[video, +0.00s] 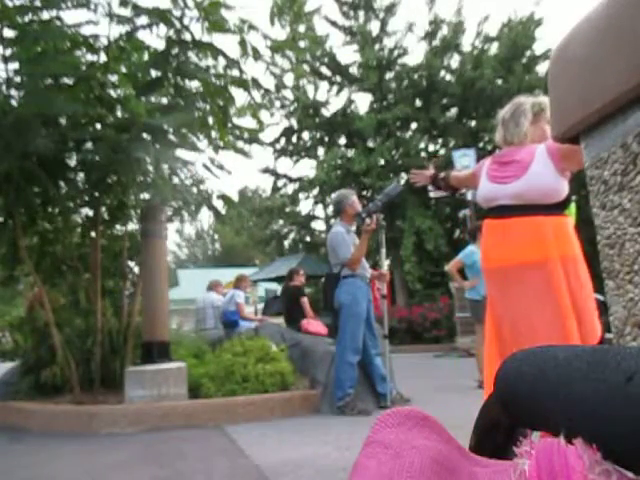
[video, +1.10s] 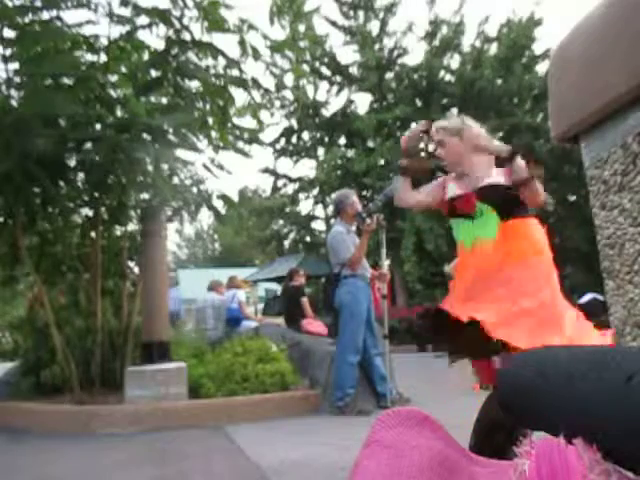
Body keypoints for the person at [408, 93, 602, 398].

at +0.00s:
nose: (550, 129)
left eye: (549, 122)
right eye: (546, 122)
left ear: (509, 128)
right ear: (530, 124)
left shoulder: (487, 165)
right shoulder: (552, 152)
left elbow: (460, 179)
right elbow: (595, 151)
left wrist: (435, 177)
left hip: (498, 243)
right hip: (545, 241)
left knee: (508, 326)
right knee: (555, 321)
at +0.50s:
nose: (553, 144)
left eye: (551, 138)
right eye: (547, 138)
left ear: (511, 142)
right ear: (527, 140)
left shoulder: (483, 179)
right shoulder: (547, 166)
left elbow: (457, 220)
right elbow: (596, 171)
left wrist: (429, 222)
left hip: (485, 245)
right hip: (531, 240)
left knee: (495, 334)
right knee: (542, 324)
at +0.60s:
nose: (541, 149)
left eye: (540, 143)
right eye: (536, 143)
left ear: (497, 150)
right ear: (522, 145)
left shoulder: (474, 185)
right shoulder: (542, 173)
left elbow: (456, 235)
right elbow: (590, 197)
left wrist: (438, 233)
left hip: (485, 248)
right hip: (532, 243)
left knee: (493, 332)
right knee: (540, 324)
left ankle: (497, 414)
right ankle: (547, 408)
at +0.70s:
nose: (525, 152)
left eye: (524, 147)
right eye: (523, 147)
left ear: (483, 152)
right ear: (518, 151)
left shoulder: (466, 184)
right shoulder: (539, 180)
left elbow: (454, 239)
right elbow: (564, 232)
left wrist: (443, 234)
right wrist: (560, 251)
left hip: (486, 245)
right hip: (533, 242)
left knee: (490, 330)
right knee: (540, 324)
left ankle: (493, 417)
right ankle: (546, 406)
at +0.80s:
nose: (468, 156)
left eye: (469, 151)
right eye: (468, 152)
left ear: (476, 149)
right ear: (512, 150)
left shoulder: (473, 174)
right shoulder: (525, 177)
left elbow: (450, 227)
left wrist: (437, 221)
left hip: (492, 248)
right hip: (538, 246)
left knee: (491, 332)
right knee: (545, 326)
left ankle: (492, 421)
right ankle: (549, 408)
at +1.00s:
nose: (446, 160)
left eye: (450, 150)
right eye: (444, 153)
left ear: (472, 145)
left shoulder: (505, 161)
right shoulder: (460, 184)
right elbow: (418, 202)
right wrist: (414, 169)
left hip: (521, 243)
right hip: (484, 250)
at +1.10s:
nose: (438, 153)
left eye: (442, 144)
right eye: (435, 147)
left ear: (467, 140)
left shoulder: (508, 167)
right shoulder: (446, 186)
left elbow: (537, 201)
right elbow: (404, 199)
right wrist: (406, 159)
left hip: (523, 254)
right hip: (478, 266)